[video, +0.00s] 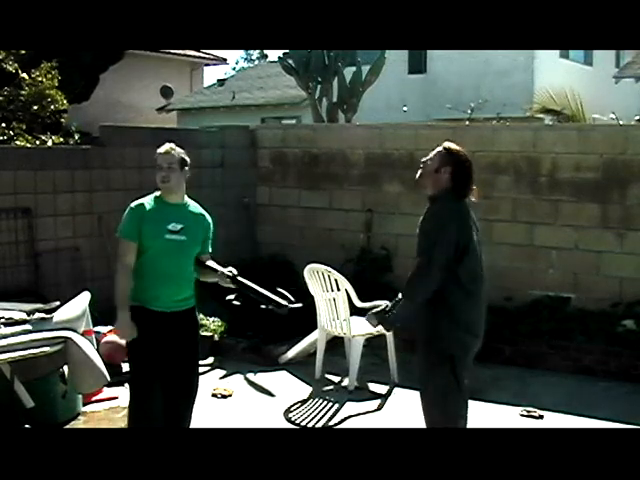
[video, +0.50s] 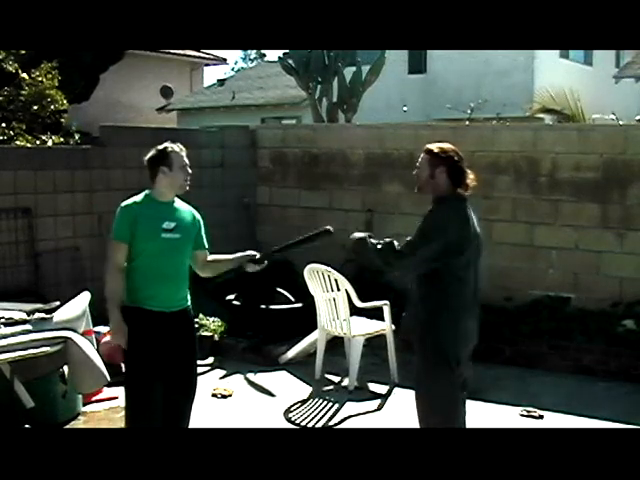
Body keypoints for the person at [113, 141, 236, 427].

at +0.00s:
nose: (163, 174)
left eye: (170, 168)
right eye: (159, 168)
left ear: (185, 172)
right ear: (154, 172)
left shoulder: (201, 218)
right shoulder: (139, 211)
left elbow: (200, 265)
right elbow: (125, 266)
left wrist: (219, 273)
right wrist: (123, 315)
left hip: (184, 318)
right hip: (146, 317)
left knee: (182, 396)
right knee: (146, 397)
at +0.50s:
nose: (190, 173)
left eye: (189, 167)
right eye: (184, 167)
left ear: (172, 172)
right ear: (163, 172)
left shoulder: (191, 216)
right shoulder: (131, 211)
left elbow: (203, 266)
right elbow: (116, 267)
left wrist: (240, 259)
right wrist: (115, 318)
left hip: (180, 320)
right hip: (142, 319)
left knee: (180, 400)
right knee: (144, 402)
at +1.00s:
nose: (190, 172)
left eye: (189, 167)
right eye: (184, 167)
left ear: (171, 174)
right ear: (163, 173)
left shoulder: (193, 215)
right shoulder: (132, 212)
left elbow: (195, 268)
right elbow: (117, 269)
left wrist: (197, 316)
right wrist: (116, 322)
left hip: (182, 319)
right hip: (143, 319)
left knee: (179, 403)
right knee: (144, 403)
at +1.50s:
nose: (192, 173)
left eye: (191, 167)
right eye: (186, 168)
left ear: (172, 172)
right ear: (167, 172)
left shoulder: (193, 215)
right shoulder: (139, 213)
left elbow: (208, 263)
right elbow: (128, 270)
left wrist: (243, 285)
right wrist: (135, 322)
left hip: (187, 319)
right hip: (153, 319)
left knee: (184, 395)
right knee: (150, 399)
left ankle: (177, 430)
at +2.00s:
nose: (199, 172)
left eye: (198, 167)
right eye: (193, 167)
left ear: (181, 173)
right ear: (173, 173)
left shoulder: (200, 217)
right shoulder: (148, 212)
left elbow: (208, 266)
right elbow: (138, 269)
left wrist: (241, 277)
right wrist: (142, 322)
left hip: (194, 320)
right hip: (162, 319)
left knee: (189, 395)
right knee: (158, 397)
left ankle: (178, 430)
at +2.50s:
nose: (204, 172)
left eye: (202, 167)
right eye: (197, 168)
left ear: (184, 174)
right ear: (178, 174)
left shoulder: (204, 219)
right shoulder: (146, 213)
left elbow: (216, 267)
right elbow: (133, 269)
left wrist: (249, 278)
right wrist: (136, 322)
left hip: (194, 320)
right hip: (159, 319)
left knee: (188, 398)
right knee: (155, 399)